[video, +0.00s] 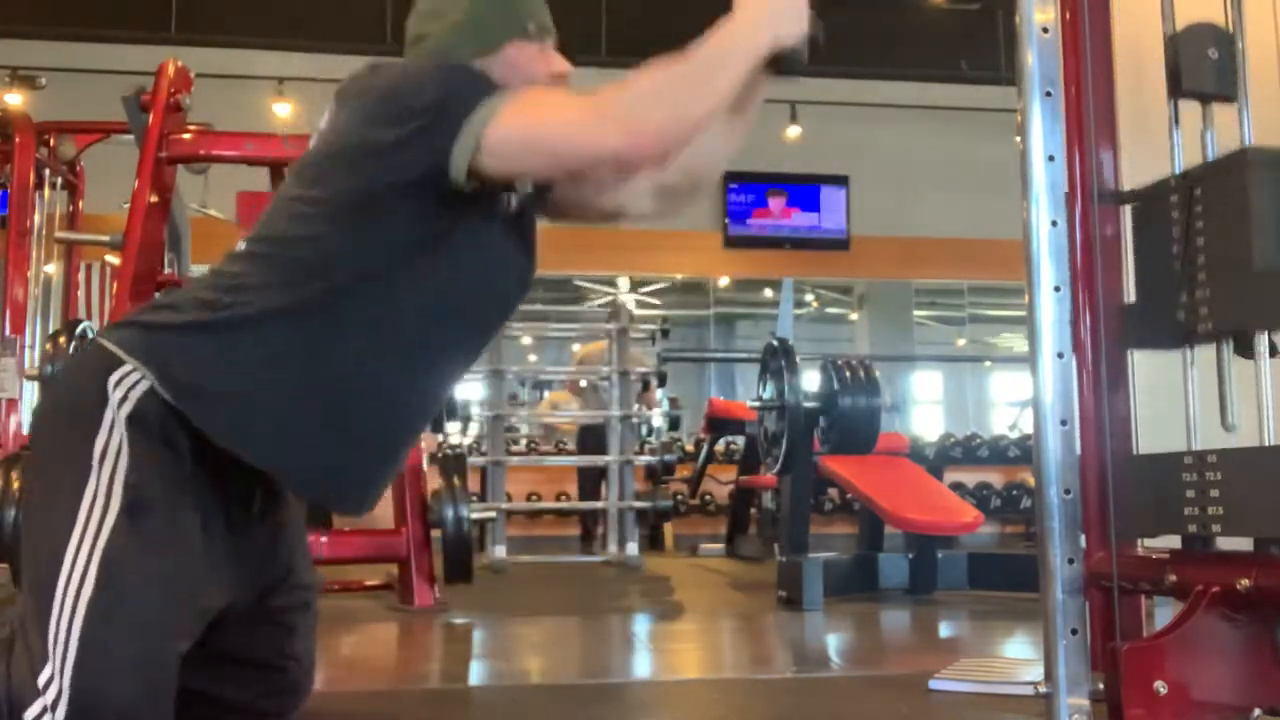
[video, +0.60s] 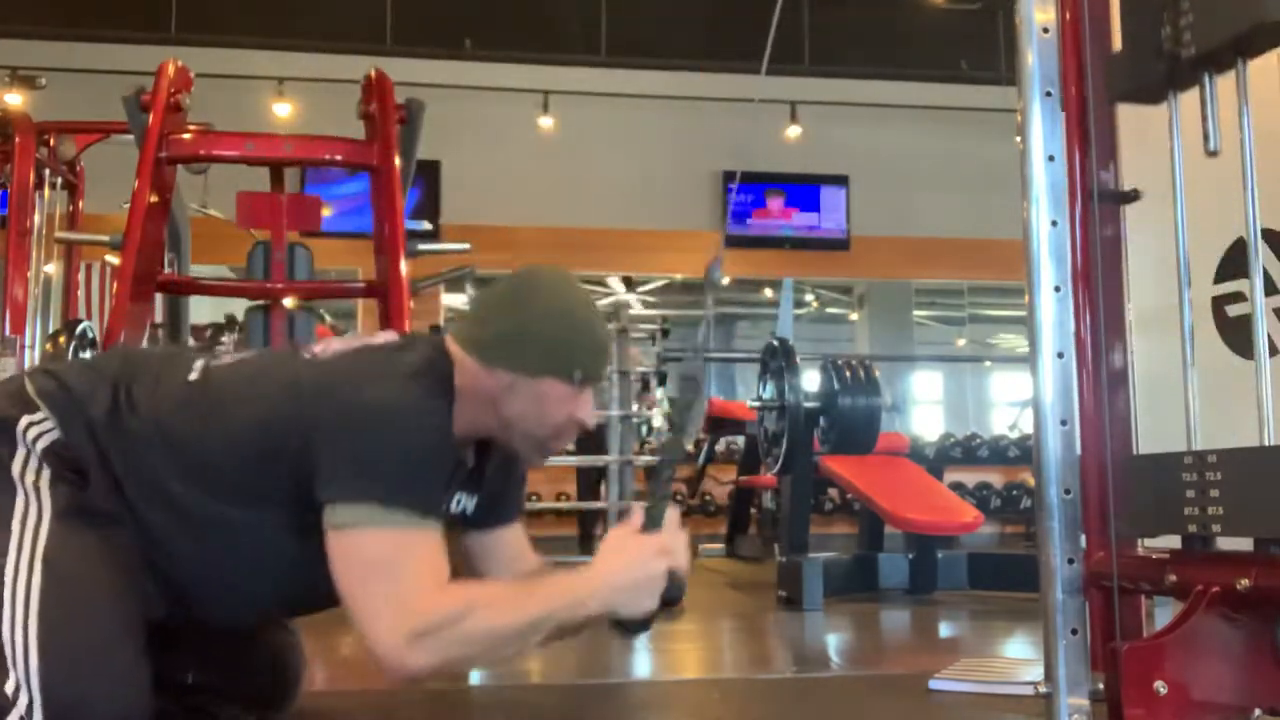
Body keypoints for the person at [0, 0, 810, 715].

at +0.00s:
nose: (561, 65)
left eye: (558, 49)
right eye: (543, 44)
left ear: (496, 58)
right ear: (480, 47)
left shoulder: (499, 175)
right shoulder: (412, 97)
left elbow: (652, 181)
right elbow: (622, 134)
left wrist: (751, 71)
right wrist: (751, 26)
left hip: (257, 485)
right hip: (144, 423)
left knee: (256, 694)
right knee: (79, 701)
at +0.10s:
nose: (582, 125)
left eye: (578, 102)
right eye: (566, 101)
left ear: (495, 105)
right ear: (505, 98)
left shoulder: (488, 209)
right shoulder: (421, 148)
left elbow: (651, 267)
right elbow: (615, 231)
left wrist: (751, 164)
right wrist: (746, 125)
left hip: (233, 502)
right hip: (126, 434)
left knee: (258, 688)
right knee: (79, 702)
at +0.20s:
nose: (592, 185)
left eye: (590, 162)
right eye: (575, 160)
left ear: (524, 167)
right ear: (506, 159)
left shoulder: (511, 263)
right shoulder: (421, 199)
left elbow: (647, 357)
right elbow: (592, 337)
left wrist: (734, 266)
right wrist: (725, 234)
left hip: (229, 527)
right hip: (106, 453)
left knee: (260, 688)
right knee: (78, 697)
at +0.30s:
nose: (601, 250)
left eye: (601, 225)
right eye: (584, 223)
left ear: (529, 228)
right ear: (509, 220)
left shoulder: (517, 319)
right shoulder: (420, 254)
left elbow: (606, 442)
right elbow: (540, 433)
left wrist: (701, 365)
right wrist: (701, 341)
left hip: (215, 520)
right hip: (97, 455)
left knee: (260, 686)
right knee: (77, 699)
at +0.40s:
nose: (602, 308)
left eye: (604, 286)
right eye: (594, 284)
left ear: (535, 282)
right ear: (532, 279)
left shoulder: (514, 356)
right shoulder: (412, 312)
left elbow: (556, 498)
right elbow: (493, 519)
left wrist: (669, 452)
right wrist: (669, 442)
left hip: (204, 512)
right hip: (85, 450)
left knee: (259, 687)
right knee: (81, 702)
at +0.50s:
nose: (596, 364)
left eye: (599, 343)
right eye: (586, 338)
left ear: (519, 329)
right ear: (521, 325)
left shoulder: (502, 408)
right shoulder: (402, 363)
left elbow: (529, 558)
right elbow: (448, 586)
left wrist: (641, 526)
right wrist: (634, 520)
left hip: (182, 505)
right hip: (75, 444)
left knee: (260, 674)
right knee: (82, 701)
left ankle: (77, 661)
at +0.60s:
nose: (590, 416)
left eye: (594, 391)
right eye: (580, 387)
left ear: (524, 378)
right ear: (513, 373)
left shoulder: (483, 434)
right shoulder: (386, 409)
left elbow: (511, 588)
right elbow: (408, 639)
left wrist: (609, 588)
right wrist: (598, 587)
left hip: (175, 499)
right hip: (62, 453)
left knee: (261, 677)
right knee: (79, 699)